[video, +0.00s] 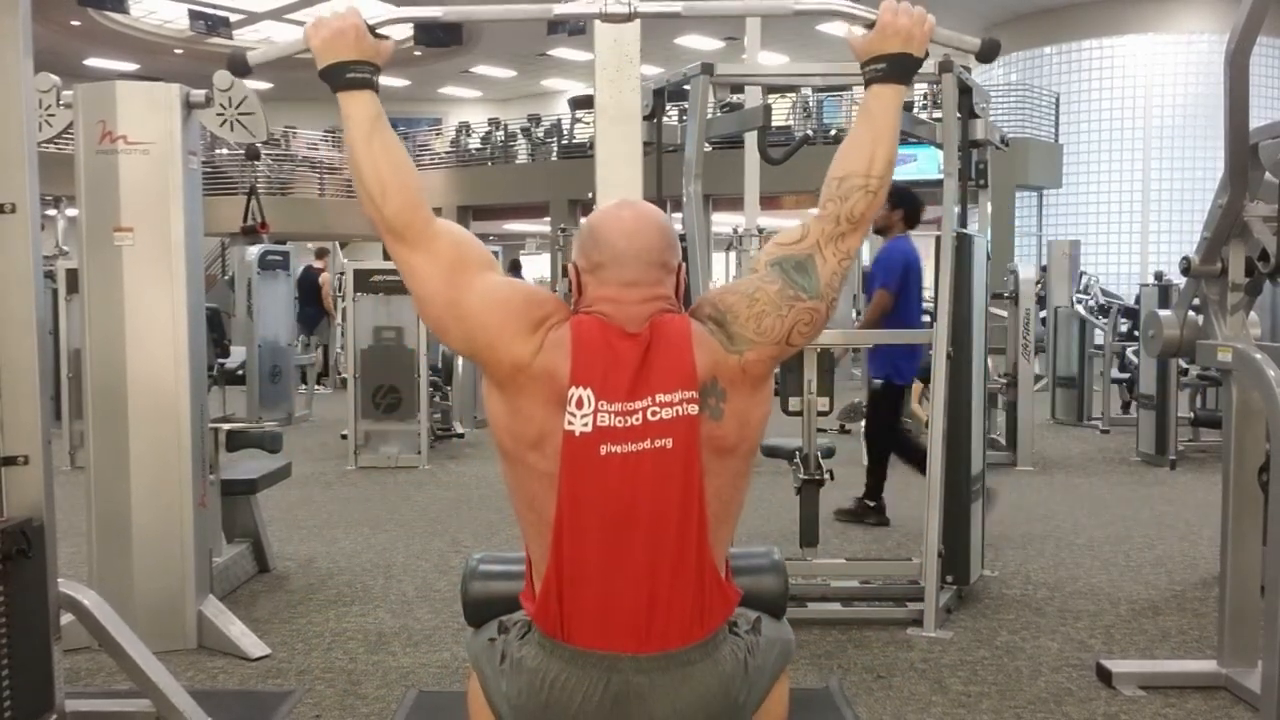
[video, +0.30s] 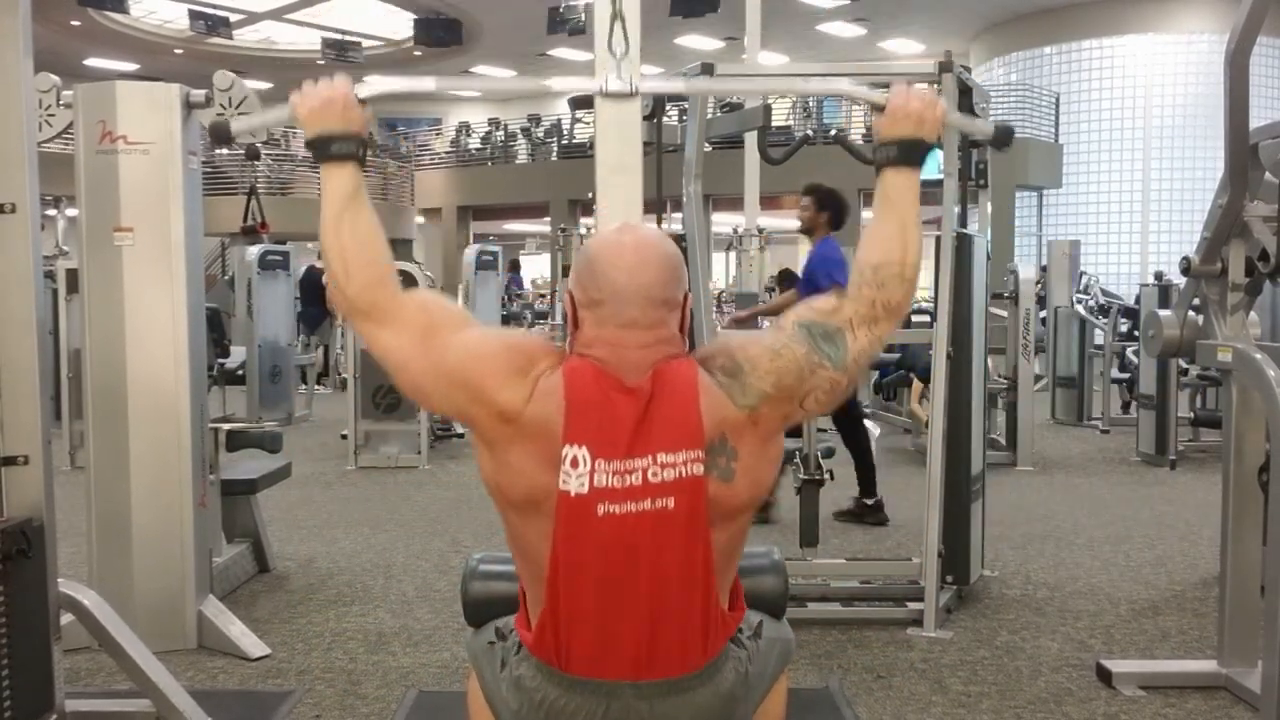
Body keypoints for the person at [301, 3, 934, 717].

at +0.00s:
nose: (574, 275)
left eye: (575, 264)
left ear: (576, 280)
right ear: (679, 278)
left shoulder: (519, 340)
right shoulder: (739, 343)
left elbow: (407, 225)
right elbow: (842, 219)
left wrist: (348, 75)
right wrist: (890, 72)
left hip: (557, 682)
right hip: (699, 683)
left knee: (489, 664)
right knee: (771, 646)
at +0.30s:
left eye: (571, 290)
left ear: (572, 309)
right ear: (683, 308)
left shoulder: (508, 383)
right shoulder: (751, 385)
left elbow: (368, 300)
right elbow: (874, 307)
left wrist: (336, 150)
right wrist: (902, 159)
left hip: (555, 688)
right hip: (704, 686)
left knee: (489, 652)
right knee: (770, 646)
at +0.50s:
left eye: (566, 331)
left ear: (567, 349)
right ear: (685, 351)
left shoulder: (500, 441)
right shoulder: (761, 439)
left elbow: (351, 403)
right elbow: (897, 414)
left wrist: (331, 252)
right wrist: (912, 268)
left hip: (549, 695)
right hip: (703, 693)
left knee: (489, 650)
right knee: (771, 646)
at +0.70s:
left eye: (565, 363)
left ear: (565, 385)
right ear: (688, 388)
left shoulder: (492, 498)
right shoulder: (758, 494)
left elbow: (338, 510)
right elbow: (901, 518)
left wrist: (326, 358)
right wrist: (911, 370)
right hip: (713, 696)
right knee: (769, 628)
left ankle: (484, 706)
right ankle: (783, 709)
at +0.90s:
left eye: (562, 385)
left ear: (564, 409)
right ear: (688, 413)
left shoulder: (486, 531)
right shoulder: (762, 530)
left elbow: (342, 598)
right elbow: (883, 609)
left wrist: (324, 447)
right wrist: (905, 460)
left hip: (531, 705)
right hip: (700, 706)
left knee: (487, 665)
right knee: (769, 638)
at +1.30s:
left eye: (560, 398)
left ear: (559, 430)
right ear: (688, 428)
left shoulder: (480, 553)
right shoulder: (764, 554)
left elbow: (350, 647)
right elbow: (875, 653)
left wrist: (325, 492)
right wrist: (907, 501)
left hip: (528, 711)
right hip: (703, 714)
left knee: (487, 666)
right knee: (770, 654)